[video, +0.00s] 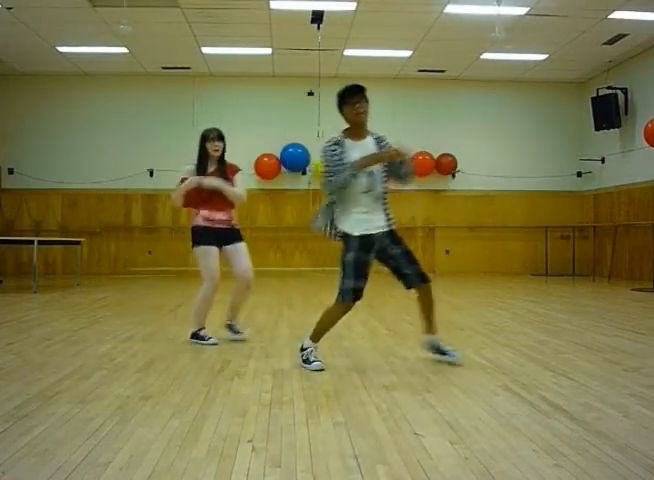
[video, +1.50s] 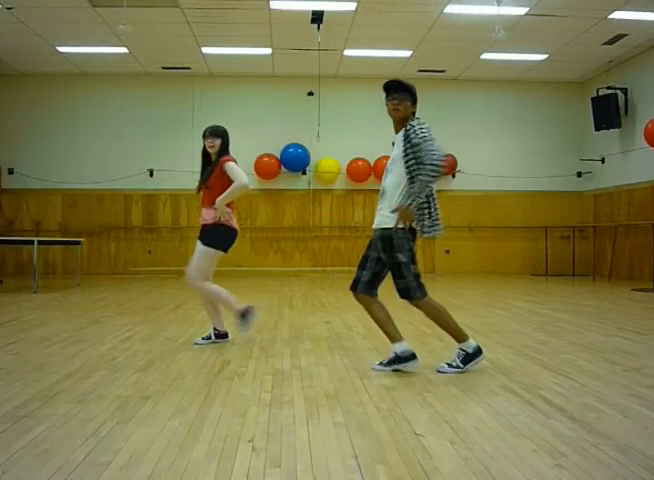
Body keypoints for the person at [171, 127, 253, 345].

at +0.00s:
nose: (216, 145)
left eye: (219, 141)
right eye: (211, 141)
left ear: (224, 144)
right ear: (203, 145)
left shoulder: (230, 170)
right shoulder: (193, 173)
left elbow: (240, 198)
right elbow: (177, 202)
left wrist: (219, 184)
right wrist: (186, 186)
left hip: (229, 227)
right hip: (203, 228)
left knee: (245, 276)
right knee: (211, 278)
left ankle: (231, 322)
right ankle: (198, 330)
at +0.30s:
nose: (239, 142)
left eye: (242, 138)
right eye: (234, 139)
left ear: (248, 142)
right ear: (228, 143)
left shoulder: (260, 168)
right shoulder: (223, 177)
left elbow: (278, 194)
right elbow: (222, 206)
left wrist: (269, 188)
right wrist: (251, 200)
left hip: (264, 225)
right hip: (236, 228)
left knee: (273, 278)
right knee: (227, 278)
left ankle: (283, 326)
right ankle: (204, 328)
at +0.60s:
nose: (250, 147)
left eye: (253, 143)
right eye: (245, 144)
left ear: (261, 145)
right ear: (241, 148)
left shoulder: (272, 169)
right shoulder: (241, 176)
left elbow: (281, 204)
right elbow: (233, 210)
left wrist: (283, 237)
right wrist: (223, 239)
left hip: (272, 229)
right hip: (248, 231)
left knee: (272, 278)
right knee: (241, 279)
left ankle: (283, 327)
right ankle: (261, 327)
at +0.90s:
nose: (243, 141)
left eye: (247, 137)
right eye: (239, 138)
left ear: (256, 139)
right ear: (236, 141)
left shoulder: (261, 162)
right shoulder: (240, 164)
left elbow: (274, 192)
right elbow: (241, 195)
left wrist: (256, 220)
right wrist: (234, 218)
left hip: (255, 226)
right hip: (236, 225)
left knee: (264, 275)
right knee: (221, 273)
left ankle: (289, 325)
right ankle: (219, 329)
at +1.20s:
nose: (228, 141)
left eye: (233, 137)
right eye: (225, 137)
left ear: (242, 140)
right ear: (222, 140)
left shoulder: (243, 162)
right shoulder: (225, 164)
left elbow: (257, 186)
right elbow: (228, 189)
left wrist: (233, 207)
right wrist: (219, 209)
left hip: (234, 225)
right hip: (218, 225)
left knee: (250, 276)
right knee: (208, 274)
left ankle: (287, 321)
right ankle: (219, 330)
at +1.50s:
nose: (210, 142)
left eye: (214, 138)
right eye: (207, 138)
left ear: (223, 141)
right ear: (204, 142)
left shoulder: (226, 162)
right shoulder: (212, 165)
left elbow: (242, 183)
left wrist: (221, 203)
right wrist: (210, 205)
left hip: (219, 226)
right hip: (211, 225)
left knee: (194, 277)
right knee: (202, 280)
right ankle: (218, 330)